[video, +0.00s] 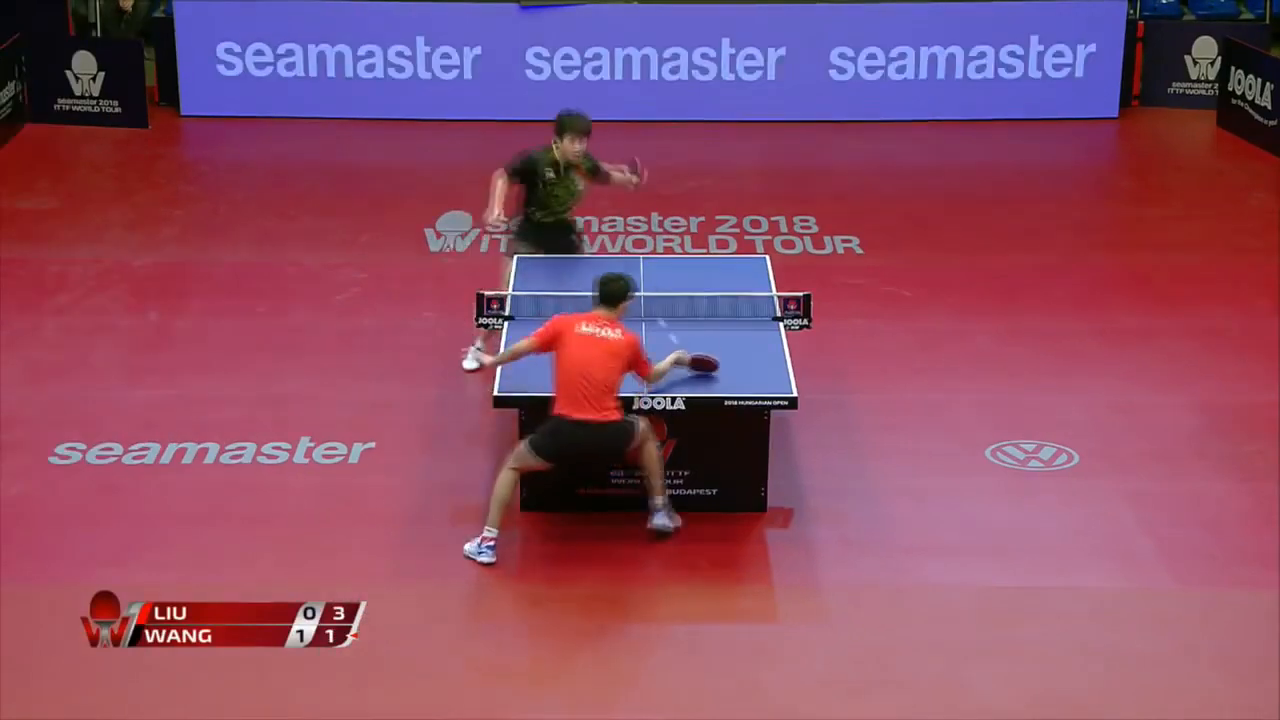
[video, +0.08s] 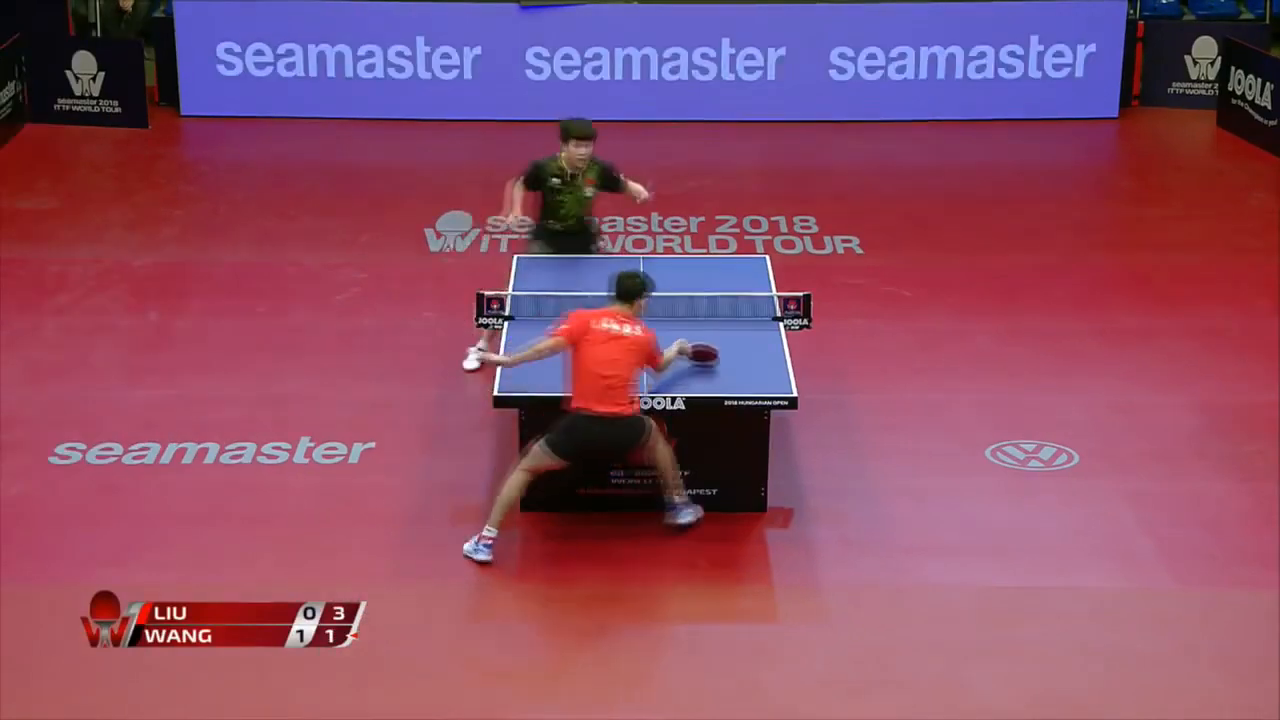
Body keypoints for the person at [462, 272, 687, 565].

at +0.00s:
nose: (628, 306)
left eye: (627, 300)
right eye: (628, 301)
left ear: (596, 298)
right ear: (623, 303)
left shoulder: (564, 324)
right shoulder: (628, 340)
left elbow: (521, 349)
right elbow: (652, 377)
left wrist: (491, 360)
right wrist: (674, 359)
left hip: (564, 429)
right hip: (609, 432)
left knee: (512, 465)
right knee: (645, 432)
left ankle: (486, 542)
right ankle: (660, 512)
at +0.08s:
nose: (646, 306)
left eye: (645, 299)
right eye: (646, 300)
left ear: (615, 294)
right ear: (638, 301)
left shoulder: (584, 320)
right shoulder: (644, 335)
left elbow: (547, 348)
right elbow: (659, 367)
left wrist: (506, 360)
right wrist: (676, 349)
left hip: (582, 423)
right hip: (626, 425)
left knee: (525, 469)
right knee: (656, 441)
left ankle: (485, 540)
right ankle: (679, 505)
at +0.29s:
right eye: (663, 303)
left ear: (632, 303)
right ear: (662, 309)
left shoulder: (622, 326)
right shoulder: (667, 340)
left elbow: (602, 344)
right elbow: (663, 370)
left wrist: (556, 358)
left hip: (629, 427)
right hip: (667, 428)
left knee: (562, 470)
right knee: (674, 452)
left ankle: (535, 550)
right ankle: (698, 513)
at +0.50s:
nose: (610, 306)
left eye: (612, 302)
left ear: (614, 306)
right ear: (645, 308)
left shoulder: (607, 335)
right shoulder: (665, 341)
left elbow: (610, 370)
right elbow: (690, 382)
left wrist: (573, 408)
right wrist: (658, 368)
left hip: (625, 434)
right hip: (668, 432)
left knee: (564, 488)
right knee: (684, 466)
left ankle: (538, 564)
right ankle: (720, 538)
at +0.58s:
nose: (604, 326)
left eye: (604, 321)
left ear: (604, 324)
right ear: (634, 324)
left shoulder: (598, 357)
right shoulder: (661, 359)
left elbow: (595, 396)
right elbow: (693, 400)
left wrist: (553, 429)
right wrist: (683, 389)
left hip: (618, 456)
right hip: (663, 455)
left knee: (557, 504)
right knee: (684, 480)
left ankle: (533, 583)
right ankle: (722, 543)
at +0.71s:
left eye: (594, 327)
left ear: (592, 332)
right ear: (626, 332)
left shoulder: (576, 364)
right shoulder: (645, 369)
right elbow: (685, 408)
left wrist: (530, 403)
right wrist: (655, 397)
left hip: (592, 464)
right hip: (641, 463)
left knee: (532, 498)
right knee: (683, 495)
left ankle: (526, 583)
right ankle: (723, 548)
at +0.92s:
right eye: (619, 340)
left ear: (590, 344)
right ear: (623, 346)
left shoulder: (567, 377)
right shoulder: (639, 387)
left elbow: (528, 403)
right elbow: (682, 415)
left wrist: (527, 425)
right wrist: (680, 397)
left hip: (562, 480)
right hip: (610, 482)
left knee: (512, 523)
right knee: (674, 511)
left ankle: (498, 602)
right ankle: (704, 596)